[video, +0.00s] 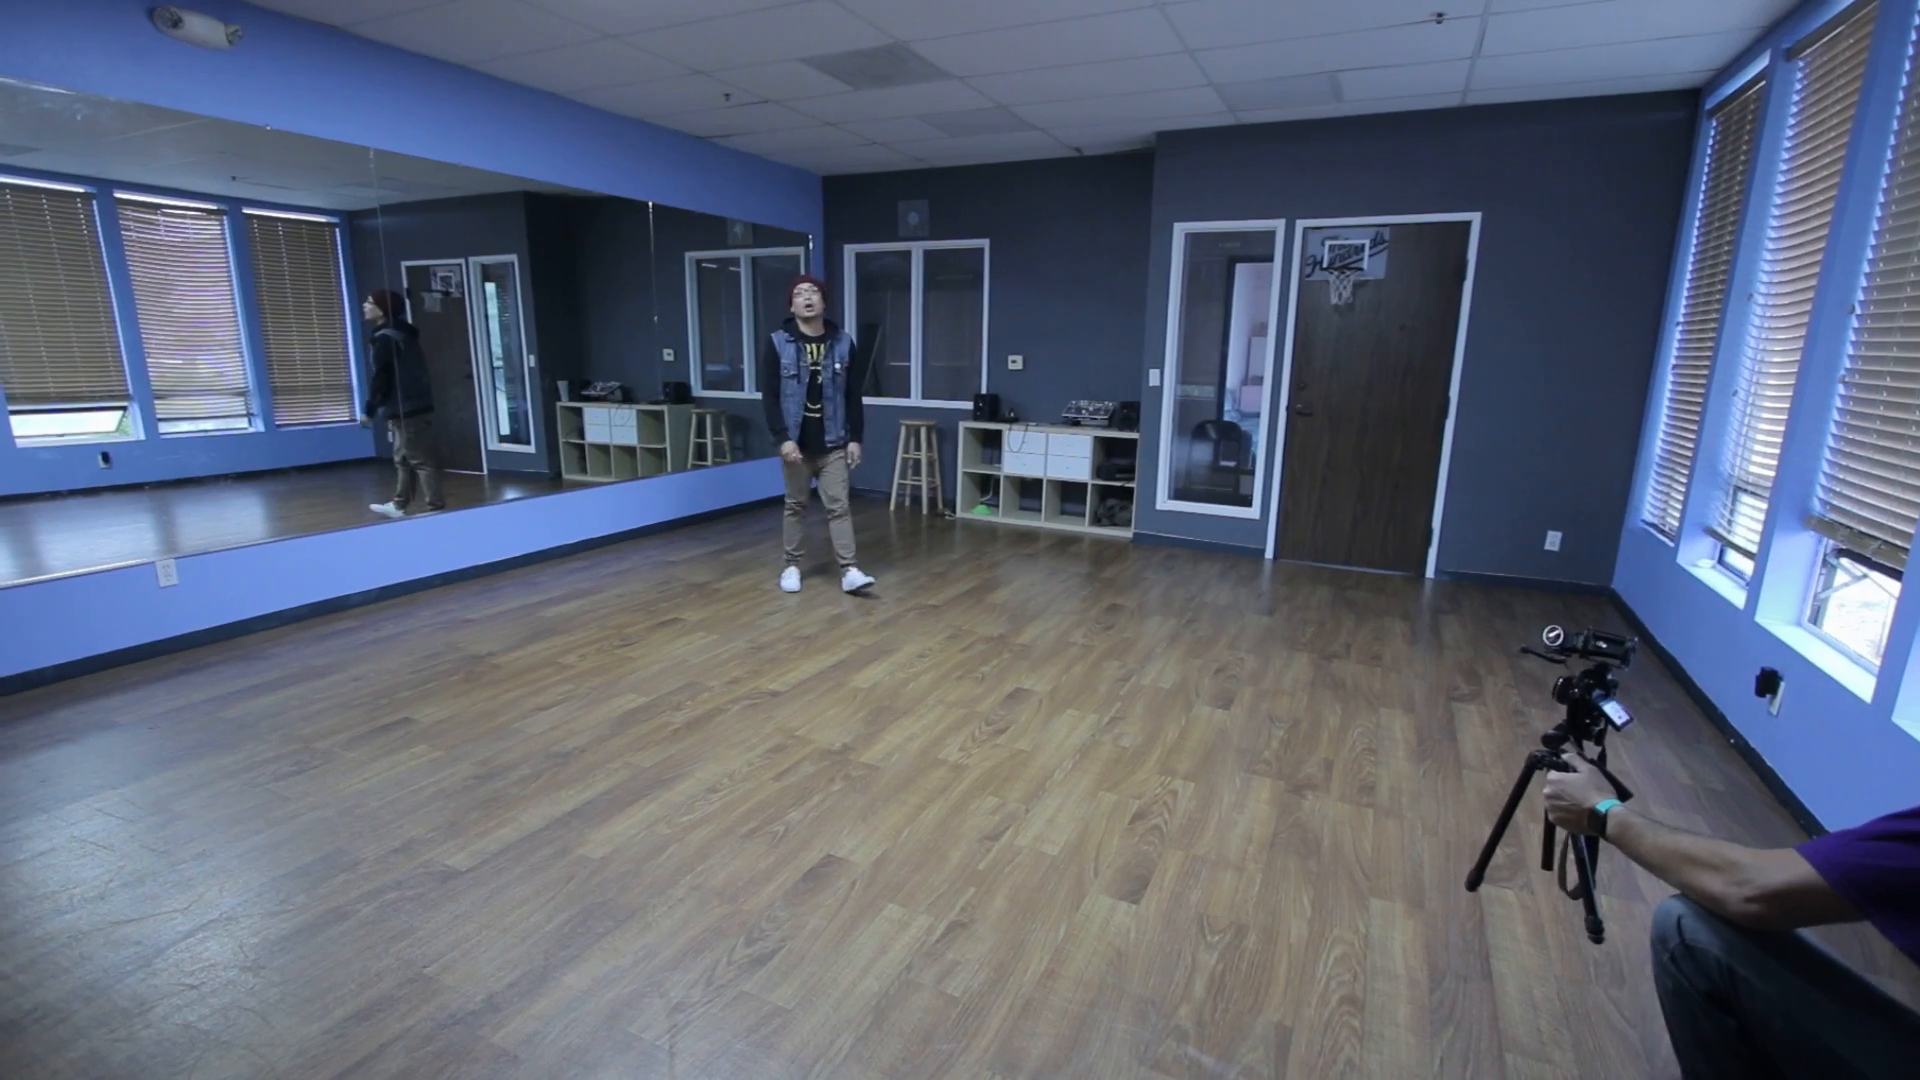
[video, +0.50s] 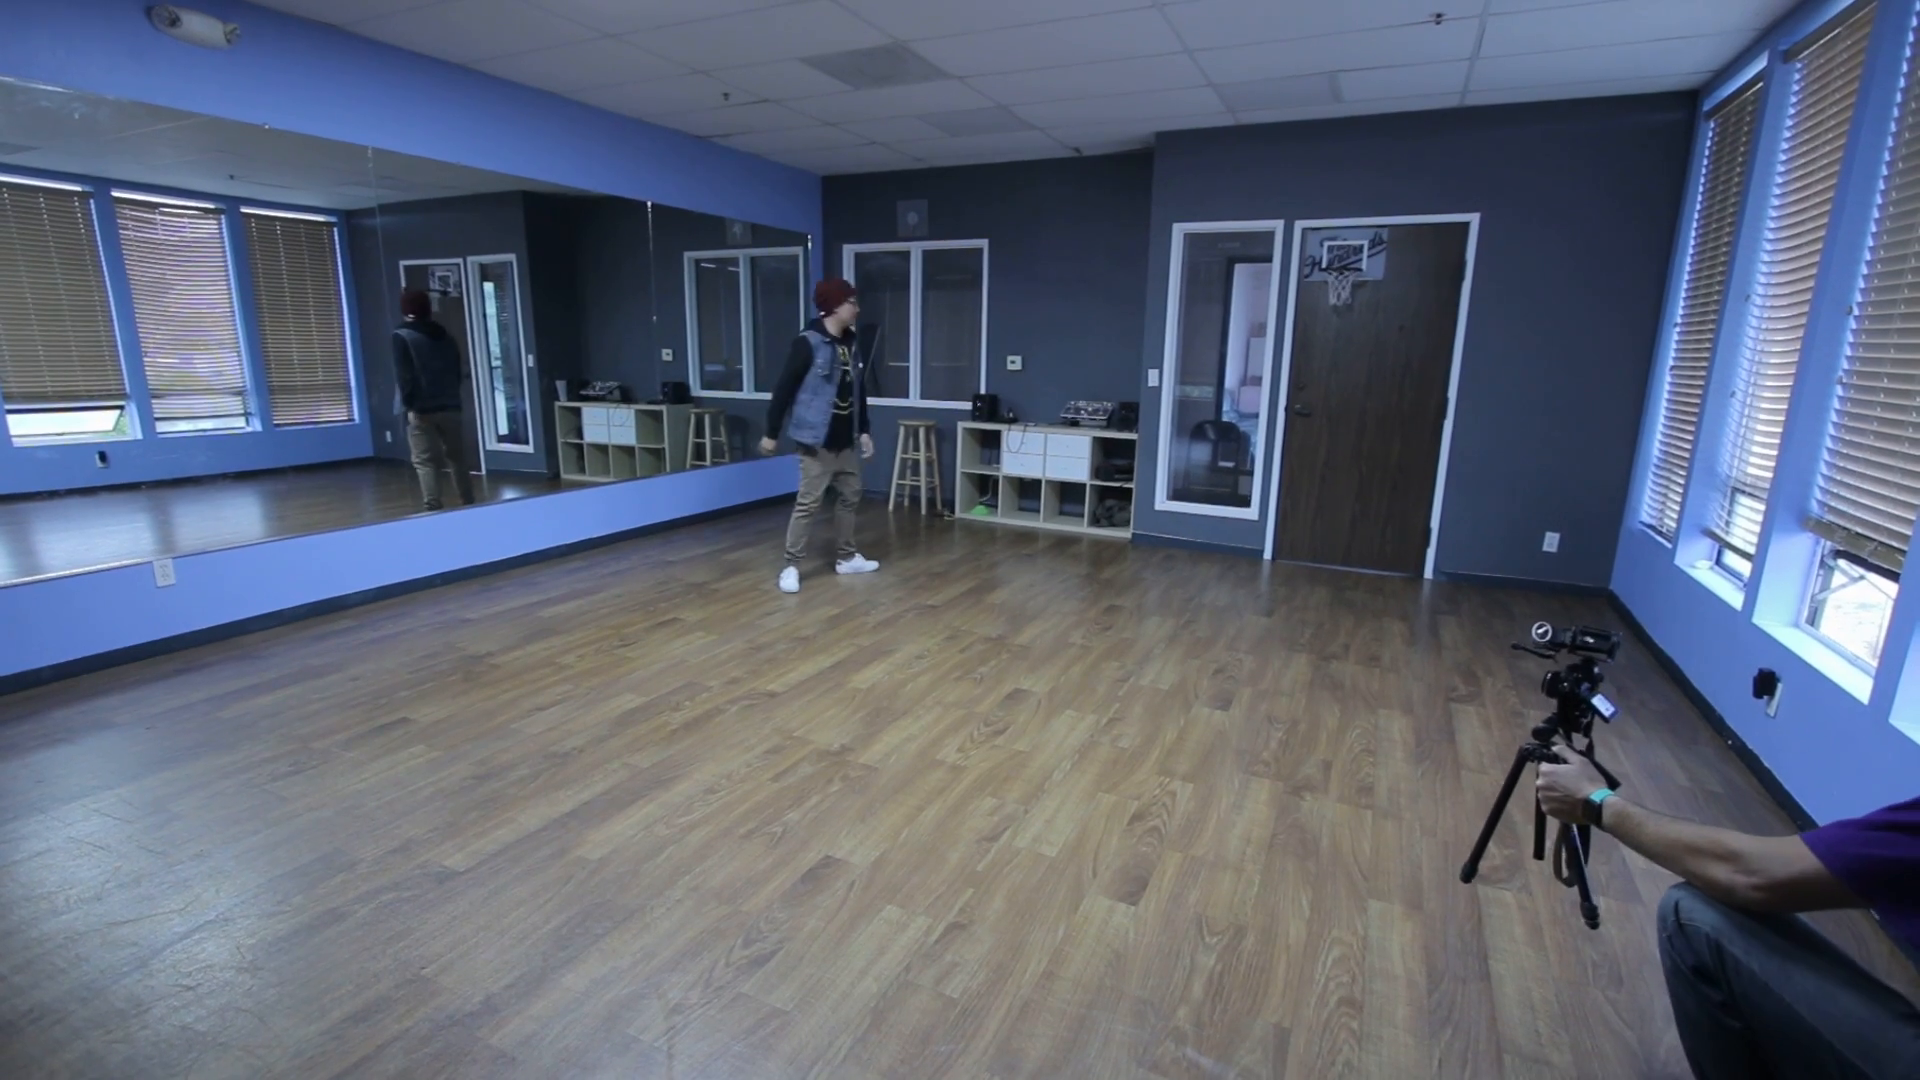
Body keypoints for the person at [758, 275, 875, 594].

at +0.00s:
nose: (808, 298)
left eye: (813, 293)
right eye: (801, 294)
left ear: (824, 301)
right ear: (791, 305)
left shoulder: (843, 341)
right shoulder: (777, 342)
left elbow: (854, 393)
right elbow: (770, 395)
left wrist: (855, 438)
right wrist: (783, 438)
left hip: (833, 440)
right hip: (796, 441)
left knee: (839, 506)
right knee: (795, 506)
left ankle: (849, 569)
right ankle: (792, 566)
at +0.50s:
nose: (856, 309)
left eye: (856, 303)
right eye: (851, 303)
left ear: (842, 308)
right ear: (833, 307)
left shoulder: (851, 343)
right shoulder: (807, 343)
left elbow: (857, 392)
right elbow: (785, 388)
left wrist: (864, 430)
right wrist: (772, 433)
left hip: (846, 439)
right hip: (815, 440)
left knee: (850, 496)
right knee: (808, 503)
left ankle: (847, 558)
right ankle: (791, 566)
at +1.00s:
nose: (903, 318)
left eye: (903, 313)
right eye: (903, 313)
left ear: (875, 313)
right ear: (896, 314)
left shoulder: (861, 341)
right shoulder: (888, 348)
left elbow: (862, 393)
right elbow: (891, 401)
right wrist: (905, 442)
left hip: (855, 435)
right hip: (878, 437)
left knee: (862, 494)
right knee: (906, 489)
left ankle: (846, 556)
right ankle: (901, 554)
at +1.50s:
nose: (976, 312)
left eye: (972, 307)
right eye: (975, 308)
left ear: (948, 309)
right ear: (972, 310)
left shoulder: (932, 337)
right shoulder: (967, 344)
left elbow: (930, 382)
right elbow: (973, 392)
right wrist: (982, 433)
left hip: (929, 424)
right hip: (956, 428)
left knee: (938, 475)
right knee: (964, 485)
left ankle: (914, 518)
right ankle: (961, 543)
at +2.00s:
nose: (1006, 334)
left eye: (1005, 329)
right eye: (1006, 330)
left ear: (983, 328)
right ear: (1001, 331)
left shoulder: (973, 351)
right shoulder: (993, 355)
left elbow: (974, 393)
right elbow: (1000, 396)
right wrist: (1020, 429)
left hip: (967, 427)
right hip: (981, 431)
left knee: (978, 482)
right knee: (980, 486)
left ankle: (974, 525)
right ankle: (962, 543)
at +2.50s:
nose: (1019, 344)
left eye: (1017, 339)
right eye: (1019, 340)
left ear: (998, 336)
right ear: (1017, 340)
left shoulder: (987, 354)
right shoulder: (1009, 355)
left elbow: (983, 391)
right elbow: (1005, 392)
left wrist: (995, 425)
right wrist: (1006, 427)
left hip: (963, 417)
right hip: (977, 419)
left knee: (982, 472)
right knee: (969, 474)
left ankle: (975, 525)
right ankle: (949, 527)